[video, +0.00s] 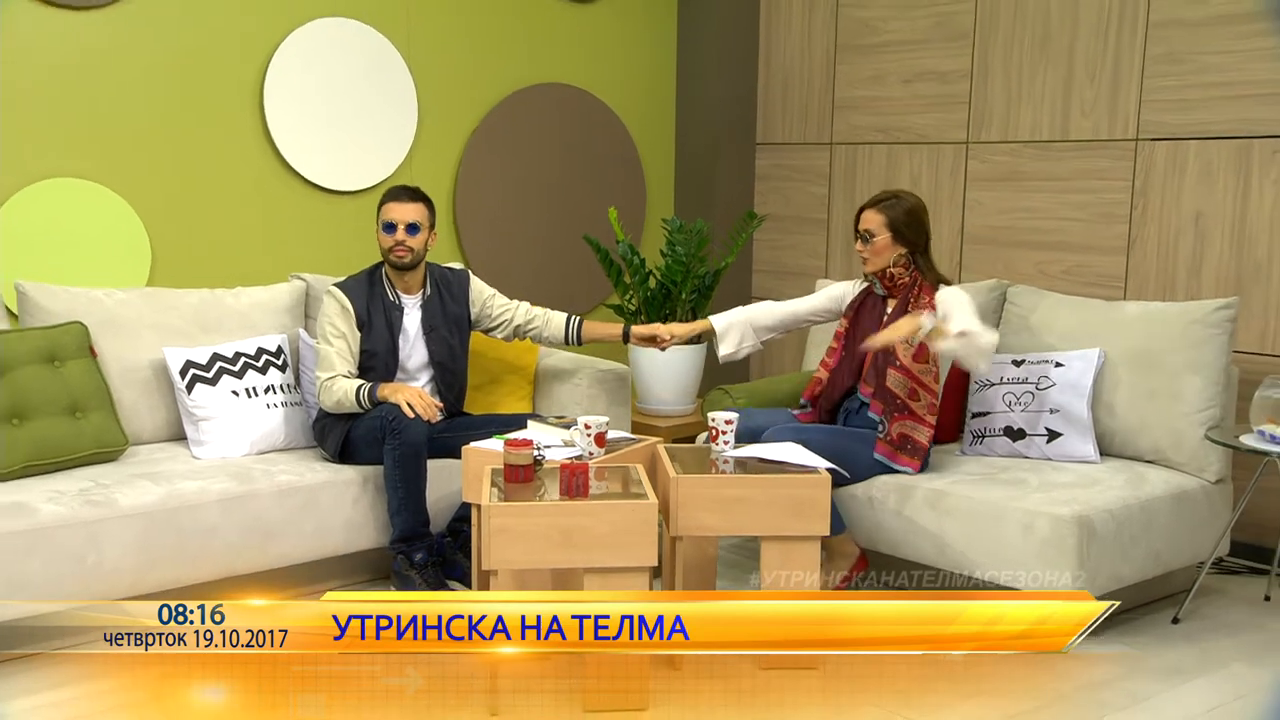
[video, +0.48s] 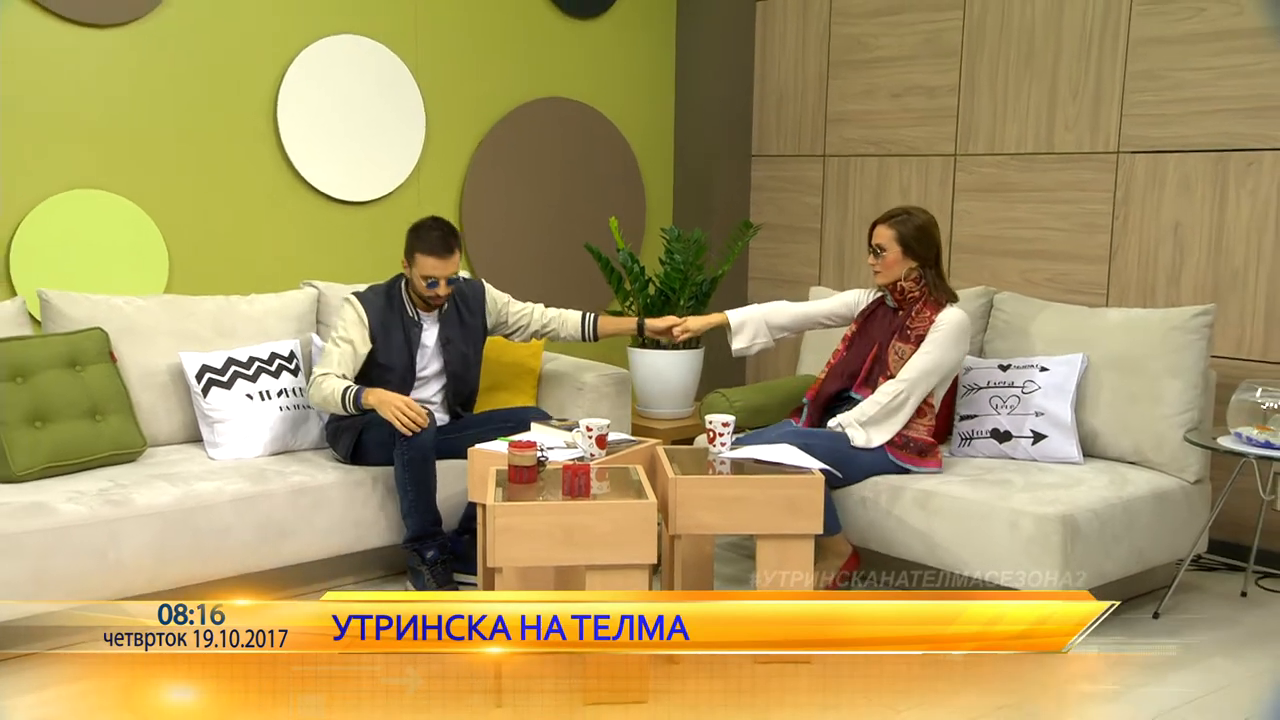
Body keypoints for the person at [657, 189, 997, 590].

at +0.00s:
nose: (860, 246)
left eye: (870, 238)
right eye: (859, 237)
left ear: (903, 241)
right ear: (862, 239)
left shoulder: (944, 299)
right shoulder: (858, 292)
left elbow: (982, 348)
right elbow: (780, 313)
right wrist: (694, 328)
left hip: (892, 443)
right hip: (836, 420)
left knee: (779, 440)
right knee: (729, 425)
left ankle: (843, 552)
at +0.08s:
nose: (860, 250)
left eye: (870, 241)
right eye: (860, 241)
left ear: (906, 244)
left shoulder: (948, 305)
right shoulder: (860, 296)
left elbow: (952, 380)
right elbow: (780, 309)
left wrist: (886, 361)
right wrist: (695, 320)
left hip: (893, 441)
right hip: (838, 422)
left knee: (782, 445)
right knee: (735, 432)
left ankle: (843, 554)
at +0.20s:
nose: (864, 255)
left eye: (873, 246)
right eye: (864, 246)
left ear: (910, 250)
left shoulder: (949, 316)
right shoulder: (867, 299)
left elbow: (912, 392)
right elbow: (789, 307)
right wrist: (701, 312)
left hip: (893, 442)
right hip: (840, 419)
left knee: (788, 453)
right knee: (737, 439)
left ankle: (841, 555)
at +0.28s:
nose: (868, 257)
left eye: (877, 248)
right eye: (868, 248)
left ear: (912, 253)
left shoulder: (948, 318)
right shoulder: (869, 299)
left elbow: (902, 387)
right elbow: (796, 308)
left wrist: (838, 428)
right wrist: (709, 311)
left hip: (895, 446)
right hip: (840, 425)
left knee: (788, 450)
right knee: (739, 443)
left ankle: (840, 555)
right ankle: (796, 553)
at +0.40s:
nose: (870, 258)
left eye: (879, 250)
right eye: (870, 249)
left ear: (914, 254)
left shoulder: (948, 319)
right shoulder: (871, 301)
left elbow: (904, 388)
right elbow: (798, 311)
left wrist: (836, 429)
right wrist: (710, 316)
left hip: (901, 446)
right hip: (844, 426)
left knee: (791, 447)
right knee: (745, 447)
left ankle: (838, 553)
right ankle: (798, 552)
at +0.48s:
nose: (870, 260)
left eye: (880, 252)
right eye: (871, 251)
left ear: (914, 257)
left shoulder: (950, 321)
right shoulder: (871, 302)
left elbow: (905, 388)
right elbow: (797, 313)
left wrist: (837, 429)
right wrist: (713, 320)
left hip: (899, 447)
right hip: (843, 427)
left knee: (790, 447)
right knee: (745, 446)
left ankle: (838, 552)